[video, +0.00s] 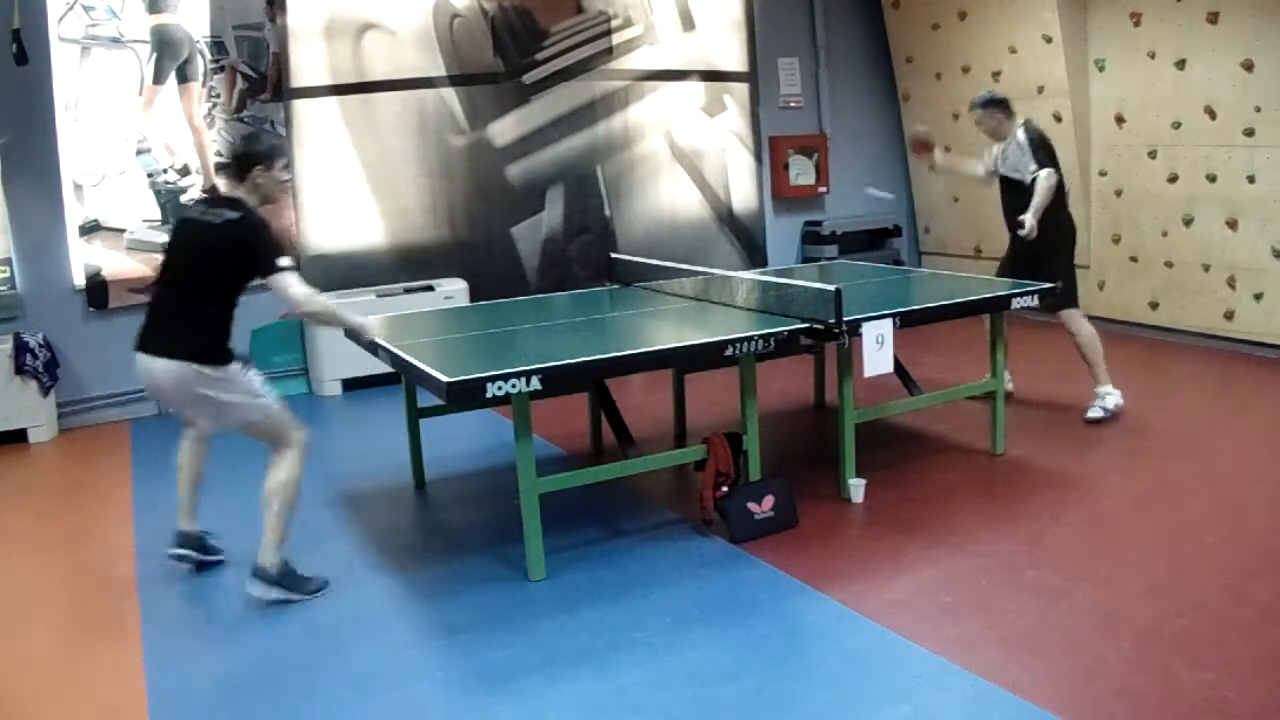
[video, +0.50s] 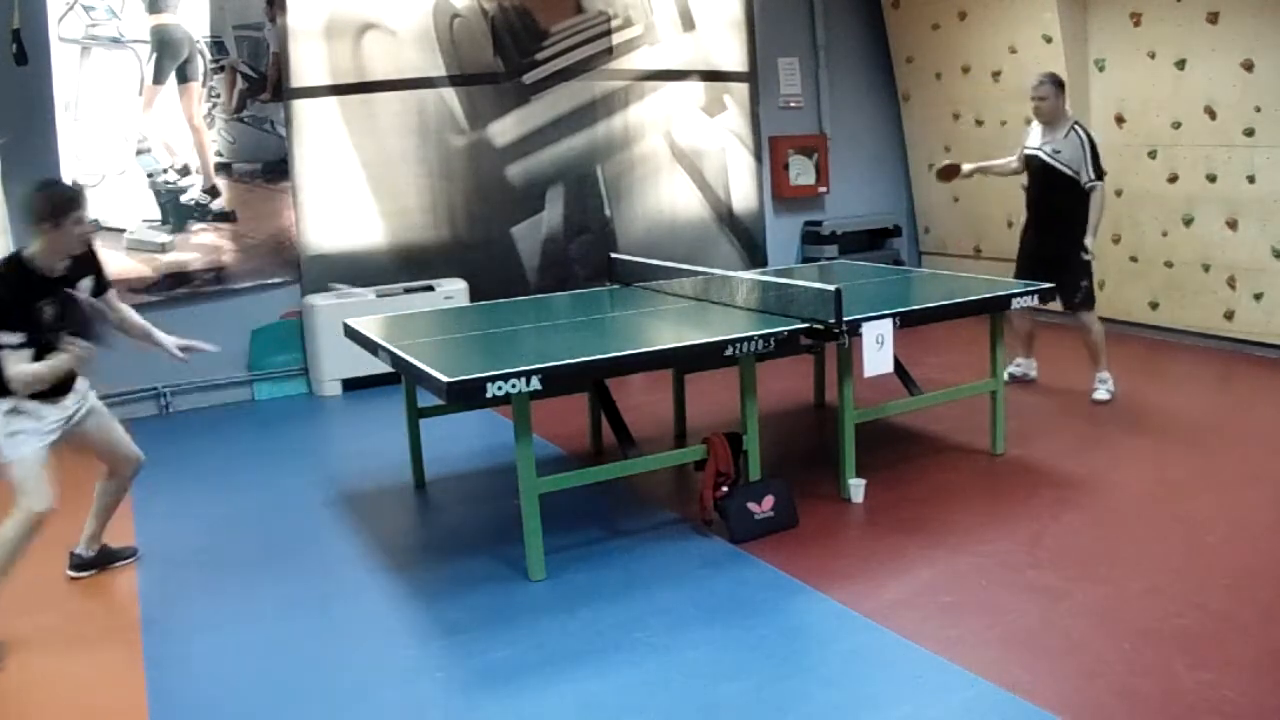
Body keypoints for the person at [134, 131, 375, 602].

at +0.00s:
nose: (286, 179)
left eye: (285, 169)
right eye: (281, 170)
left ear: (234, 171)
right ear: (257, 173)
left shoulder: (194, 213)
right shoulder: (251, 229)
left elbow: (174, 275)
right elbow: (301, 301)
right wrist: (350, 323)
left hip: (151, 358)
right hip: (200, 367)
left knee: (198, 423)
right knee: (290, 439)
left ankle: (187, 534)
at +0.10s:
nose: (258, 193)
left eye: (258, 184)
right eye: (253, 184)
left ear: (210, 185)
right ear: (227, 186)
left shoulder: (170, 226)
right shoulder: (211, 246)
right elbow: (253, 319)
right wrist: (318, 344)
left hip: (123, 372)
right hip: (168, 380)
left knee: (170, 438)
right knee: (260, 453)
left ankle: (131, 530)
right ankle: (265, 575)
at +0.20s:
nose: (224, 207)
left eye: (223, 197)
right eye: (218, 197)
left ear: (183, 199)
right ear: (191, 199)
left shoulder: (148, 239)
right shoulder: (162, 251)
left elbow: (145, 324)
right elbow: (173, 339)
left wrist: (175, 375)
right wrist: (252, 373)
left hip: (97, 375)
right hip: (125, 382)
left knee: (145, 459)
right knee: (212, 457)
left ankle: (90, 551)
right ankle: (259, 577)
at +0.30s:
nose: (185, 213)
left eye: (184, 205)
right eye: (178, 206)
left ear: (152, 208)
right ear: (149, 208)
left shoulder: (143, 252)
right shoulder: (107, 261)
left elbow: (137, 315)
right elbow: (98, 355)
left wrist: (180, 373)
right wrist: (173, 389)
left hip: (95, 376)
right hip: (65, 383)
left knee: (140, 458)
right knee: (147, 459)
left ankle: (89, 551)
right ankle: (194, 585)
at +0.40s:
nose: (134, 219)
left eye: (134, 210)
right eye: (128, 211)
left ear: (111, 214)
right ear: (101, 214)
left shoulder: (117, 254)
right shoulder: (57, 264)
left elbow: (128, 311)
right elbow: (48, 361)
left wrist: (176, 356)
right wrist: (125, 379)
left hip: (76, 378)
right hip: (34, 388)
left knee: (131, 457)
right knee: (101, 471)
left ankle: (86, 552)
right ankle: (60, 601)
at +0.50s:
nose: (88, 232)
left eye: (87, 222)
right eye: (79, 225)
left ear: (72, 224)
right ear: (51, 228)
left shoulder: (82, 259)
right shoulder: (9, 282)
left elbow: (114, 308)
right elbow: (16, 377)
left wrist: (163, 340)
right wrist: (64, 360)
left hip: (68, 392)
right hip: (18, 408)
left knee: (126, 461)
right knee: (36, 504)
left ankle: (88, 550)